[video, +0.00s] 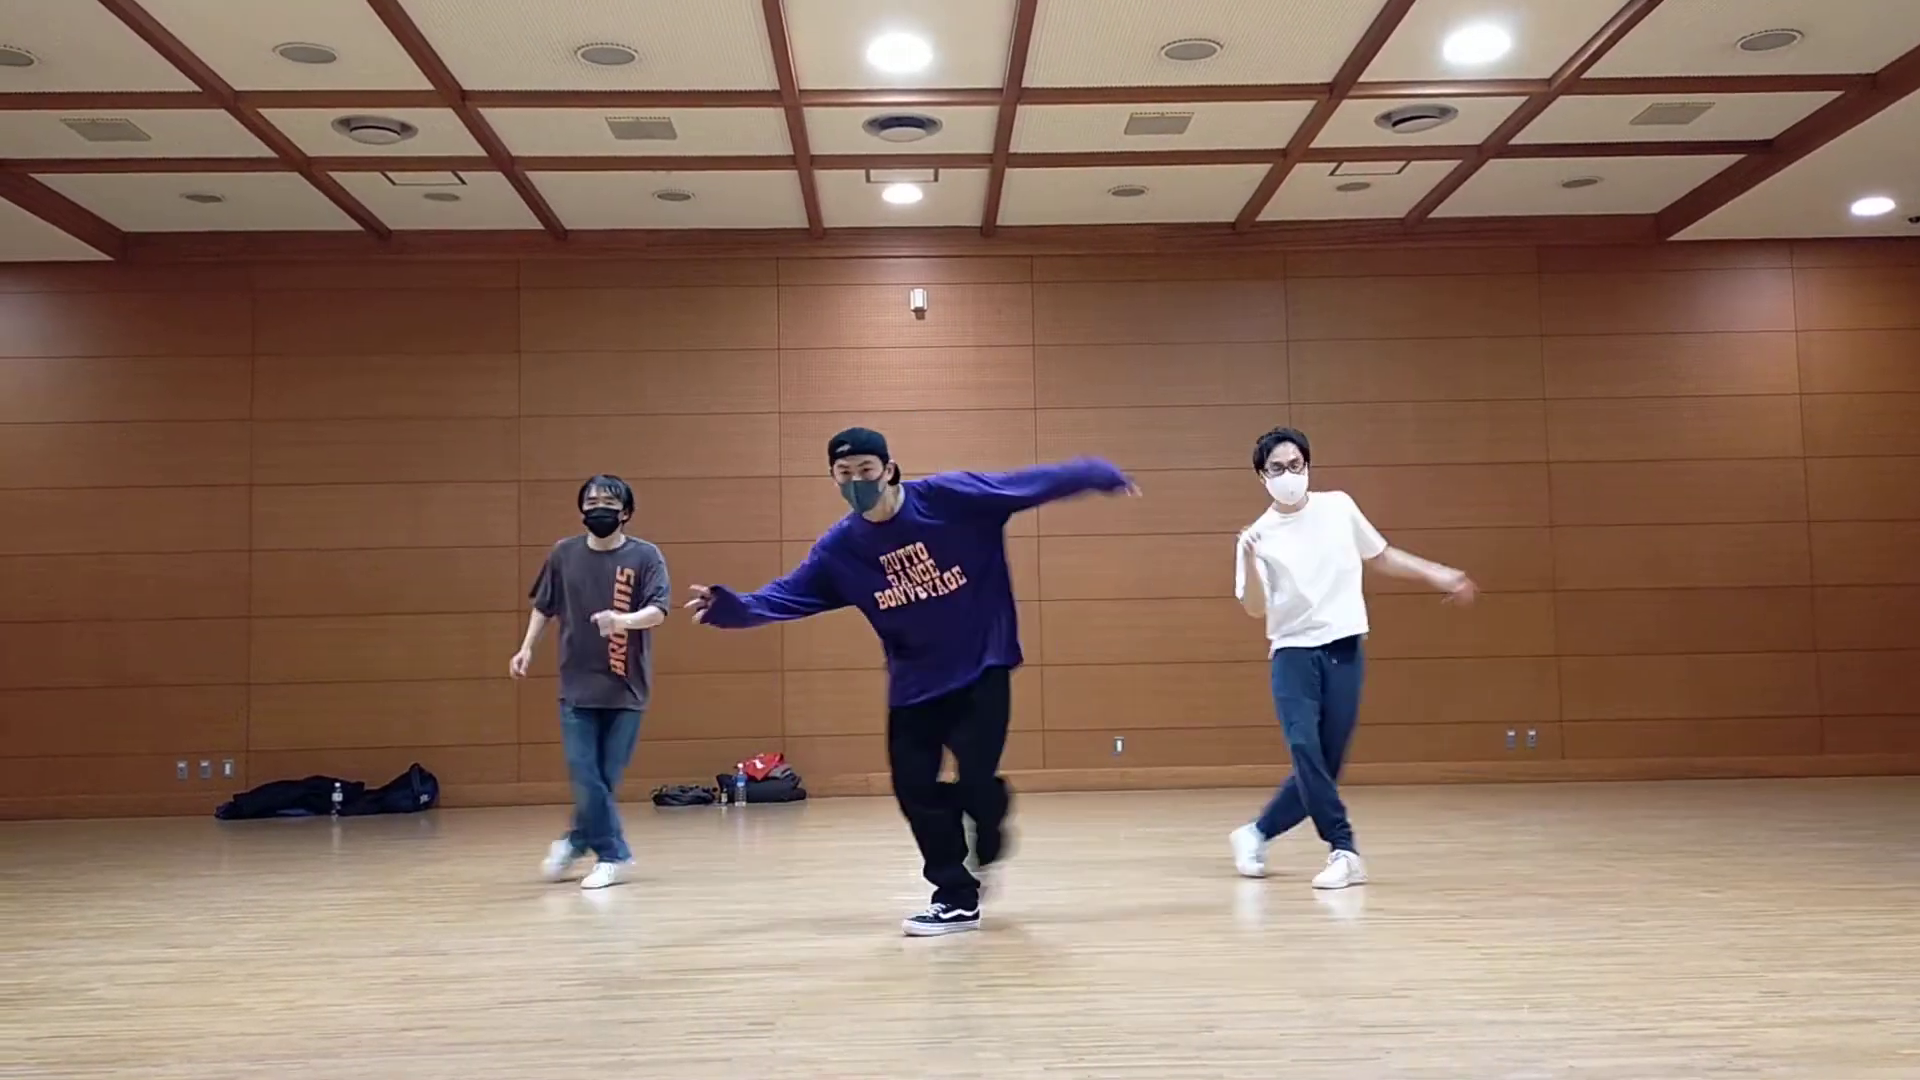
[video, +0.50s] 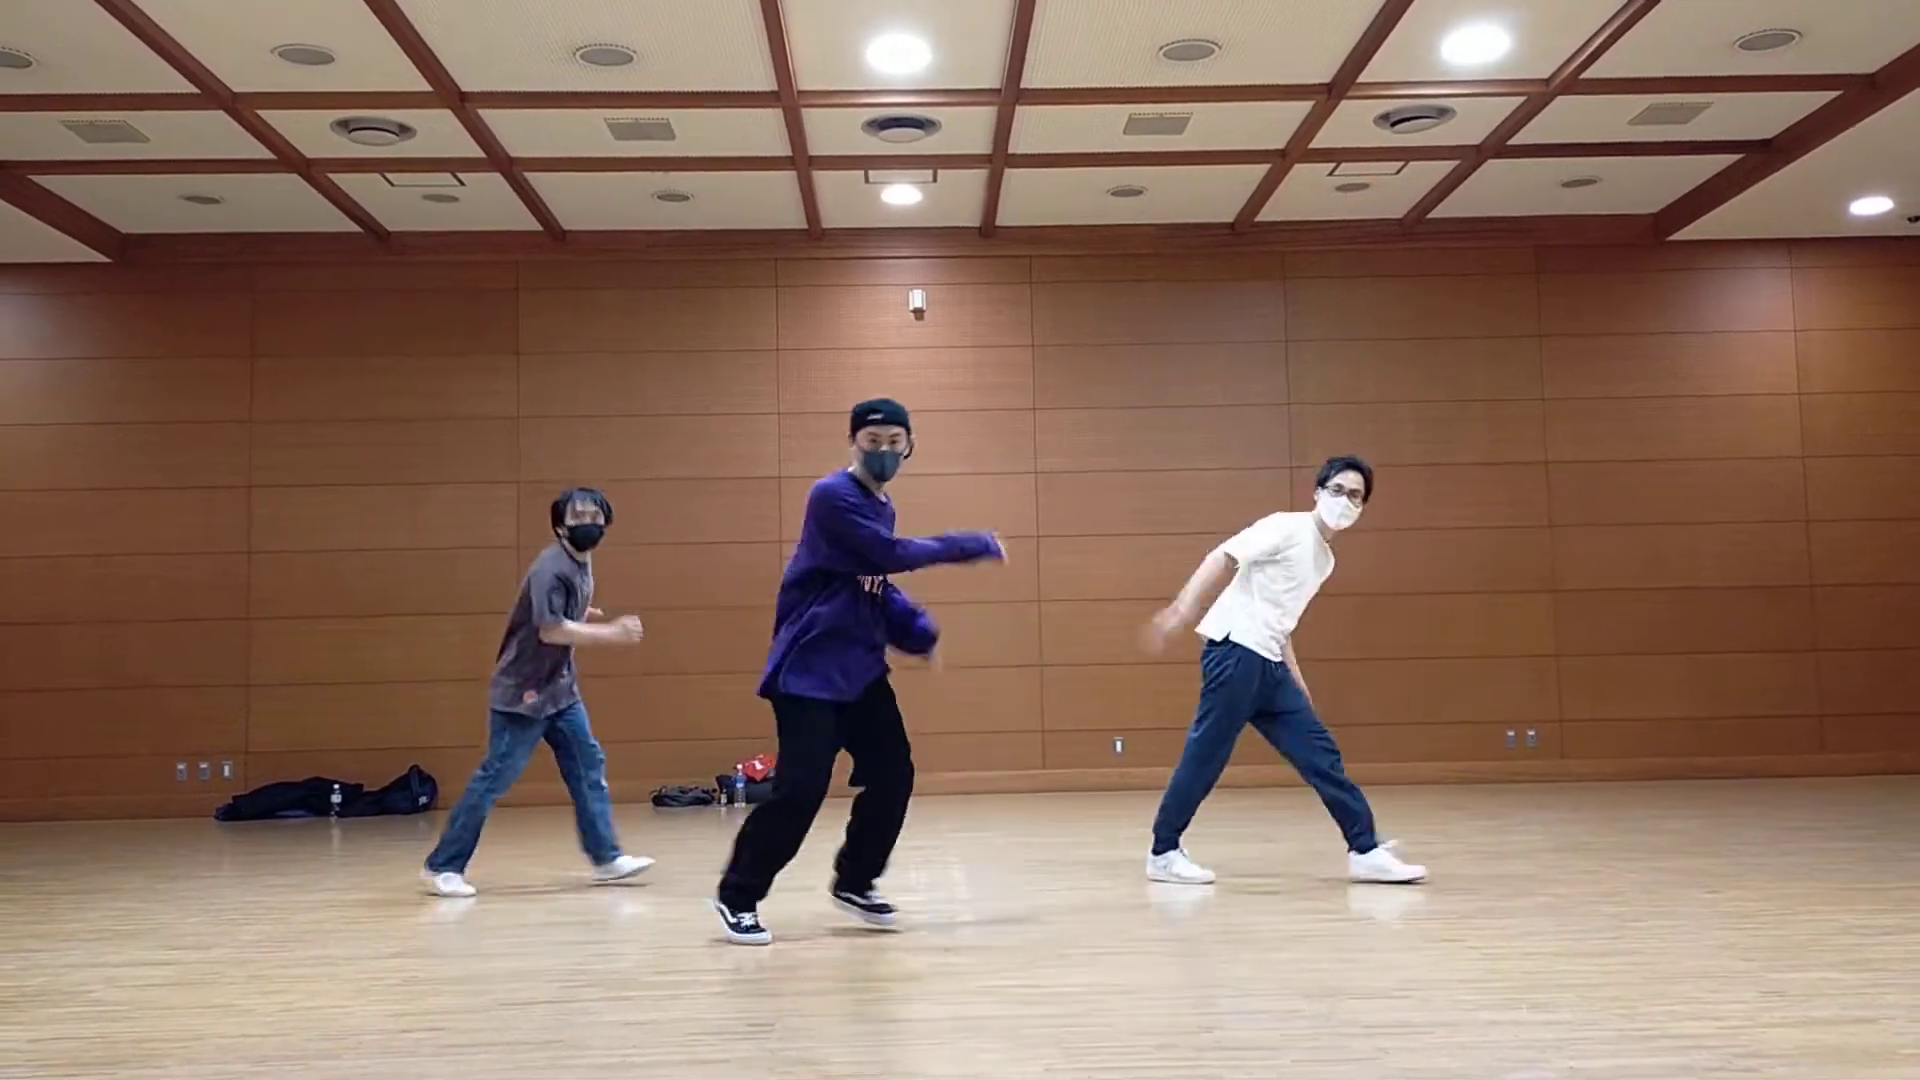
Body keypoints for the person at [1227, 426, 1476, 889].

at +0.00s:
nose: (1290, 473)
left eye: (1296, 464)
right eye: (1279, 468)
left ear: (1308, 467)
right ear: (1263, 478)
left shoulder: (1338, 505)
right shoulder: (1259, 535)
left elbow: (1381, 556)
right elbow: (1254, 604)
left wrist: (1441, 575)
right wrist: (1249, 560)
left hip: (1344, 644)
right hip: (1293, 649)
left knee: (1328, 760)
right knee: (1302, 747)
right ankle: (1343, 851)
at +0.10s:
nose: (1293, 483)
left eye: (1301, 474)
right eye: (1283, 475)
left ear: (1311, 477)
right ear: (1265, 479)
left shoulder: (1327, 523)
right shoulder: (1252, 535)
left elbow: (1352, 583)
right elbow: (1233, 582)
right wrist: (1233, 518)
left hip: (1323, 656)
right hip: (1274, 656)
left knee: (1287, 754)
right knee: (1290, 741)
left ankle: (1231, 842)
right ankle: (1281, 840)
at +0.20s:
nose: (1297, 474)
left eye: (1306, 467)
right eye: (1289, 464)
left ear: (1314, 473)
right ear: (1269, 464)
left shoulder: (1314, 521)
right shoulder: (1242, 517)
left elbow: (1317, 590)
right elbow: (1226, 566)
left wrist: (1331, 637)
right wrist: (1247, 504)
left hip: (1309, 651)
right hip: (1265, 649)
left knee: (1300, 758)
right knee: (1271, 750)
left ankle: (1234, 840)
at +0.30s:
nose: (1311, 473)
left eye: (1320, 467)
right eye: (1303, 462)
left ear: (1326, 476)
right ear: (1281, 464)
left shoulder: (1310, 526)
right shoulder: (1250, 511)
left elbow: (1290, 598)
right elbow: (1216, 561)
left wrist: (1308, 651)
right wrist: (1272, 525)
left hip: (1290, 656)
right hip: (1246, 652)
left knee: (1328, 743)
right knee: (1234, 752)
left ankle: (1270, 833)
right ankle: (1181, 847)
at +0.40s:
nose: (1330, 487)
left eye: (1339, 481)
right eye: (1323, 476)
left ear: (1343, 492)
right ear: (1300, 476)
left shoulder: (1313, 543)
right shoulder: (1270, 516)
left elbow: (1279, 612)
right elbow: (1216, 556)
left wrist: (1298, 666)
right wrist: (1244, 584)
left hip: (1272, 657)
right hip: (1232, 649)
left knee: (1324, 744)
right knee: (1212, 747)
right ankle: (1170, 851)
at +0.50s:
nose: (1346, 502)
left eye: (1356, 497)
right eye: (1338, 491)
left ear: (1362, 509)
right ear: (1318, 493)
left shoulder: (1323, 561)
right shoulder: (1287, 527)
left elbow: (1280, 624)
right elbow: (1221, 558)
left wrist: (1295, 681)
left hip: (1270, 664)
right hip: (1235, 652)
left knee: (1319, 752)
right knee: (1206, 752)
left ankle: (1366, 851)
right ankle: (1163, 852)